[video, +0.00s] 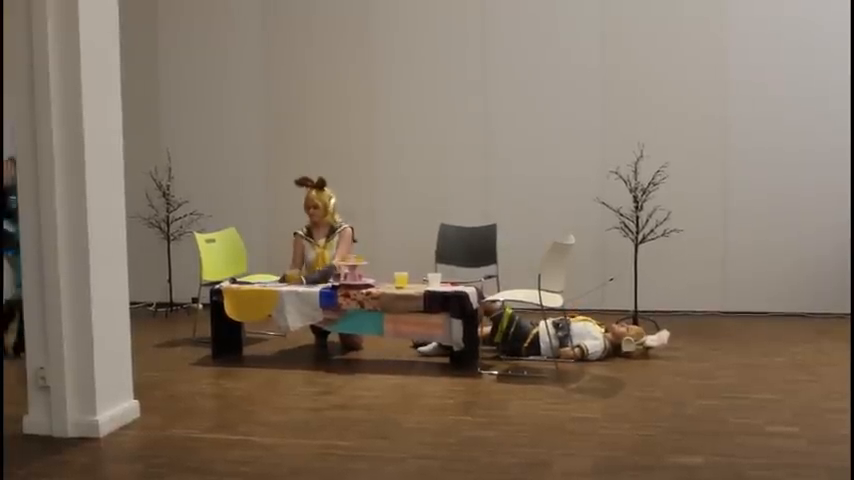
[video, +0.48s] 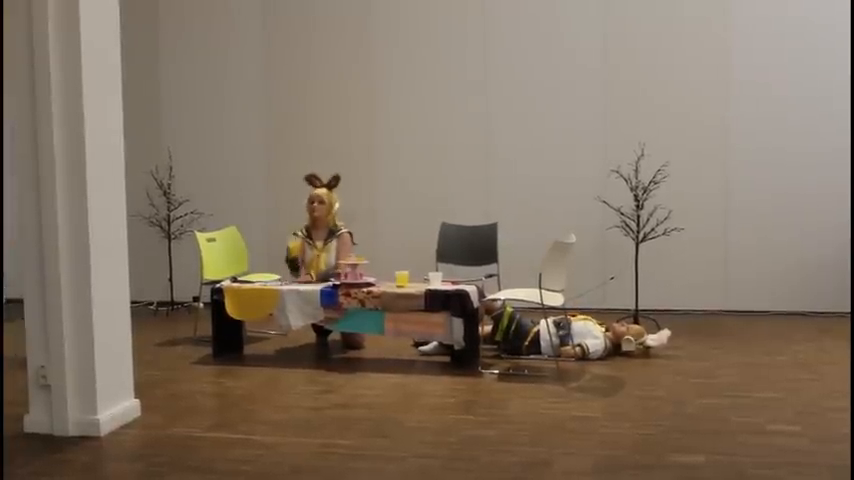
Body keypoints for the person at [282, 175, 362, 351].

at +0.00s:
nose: (310, 212)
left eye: (315, 207)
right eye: (307, 207)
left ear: (328, 208)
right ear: (304, 208)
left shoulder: (344, 231)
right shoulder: (301, 235)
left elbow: (338, 265)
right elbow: (295, 269)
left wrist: (308, 280)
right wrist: (291, 279)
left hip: (339, 291)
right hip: (311, 294)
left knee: (354, 343)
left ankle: (347, 338)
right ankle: (320, 339)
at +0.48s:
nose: (314, 206)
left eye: (320, 202)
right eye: (311, 202)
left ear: (331, 207)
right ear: (307, 206)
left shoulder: (342, 235)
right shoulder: (302, 235)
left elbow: (343, 271)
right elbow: (297, 271)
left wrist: (314, 278)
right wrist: (293, 264)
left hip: (338, 293)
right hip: (311, 294)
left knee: (356, 342)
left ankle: (347, 332)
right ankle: (321, 336)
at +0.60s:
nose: (316, 205)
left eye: (321, 201)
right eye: (313, 201)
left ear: (332, 206)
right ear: (309, 205)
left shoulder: (344, 234)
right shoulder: (306, 230)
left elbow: (342, 271)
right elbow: (293, 264)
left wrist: (316, 279)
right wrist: (299, 239)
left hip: (339, 291)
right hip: (312, 292)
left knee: (355, 343)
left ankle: (346, 333)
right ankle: (320, 336)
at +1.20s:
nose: (336, 202)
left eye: (341, 199)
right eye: (331, 198)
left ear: (347, 206)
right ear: (323, 202)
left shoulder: (349, 237)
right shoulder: (313, 227)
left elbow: (342, 272)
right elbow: (289, 254)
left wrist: (318, 281)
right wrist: (303, 237)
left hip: (335, 290)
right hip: (308, 290)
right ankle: (320, 338)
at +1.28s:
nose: (343, 205)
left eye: (345, 202)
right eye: (337, 201)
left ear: (349, 206)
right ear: (325, 205)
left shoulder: (350, 238)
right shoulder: (306, 230)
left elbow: (344, 270)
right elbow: (290, 263)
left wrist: (323, 279)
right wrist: (298, 255)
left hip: (337, 292)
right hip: (309, 291)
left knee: (354, 343)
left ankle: (344, 335)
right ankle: (321, 340)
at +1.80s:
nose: (324, 207)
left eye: (326, 203)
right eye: (318, 205)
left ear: (330, 207)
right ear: (307, 210)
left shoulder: (337, 232)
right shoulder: (297, 239)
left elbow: (340, 268)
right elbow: (291, 276)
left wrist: (313, 279)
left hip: (336, 290)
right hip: (309, 293)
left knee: (355, 344)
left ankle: (344, 332)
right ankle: (320, 341)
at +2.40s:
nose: (343, 215)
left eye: (345, 211)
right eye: (339, 210)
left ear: (346, 212)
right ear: (325, 211)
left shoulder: (347, 238)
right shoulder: (304, 236)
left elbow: (347, 268)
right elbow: (293, 268)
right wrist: (293, 278)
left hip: (337, 292)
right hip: (309, 293)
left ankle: (344, 338)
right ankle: (318, 342)